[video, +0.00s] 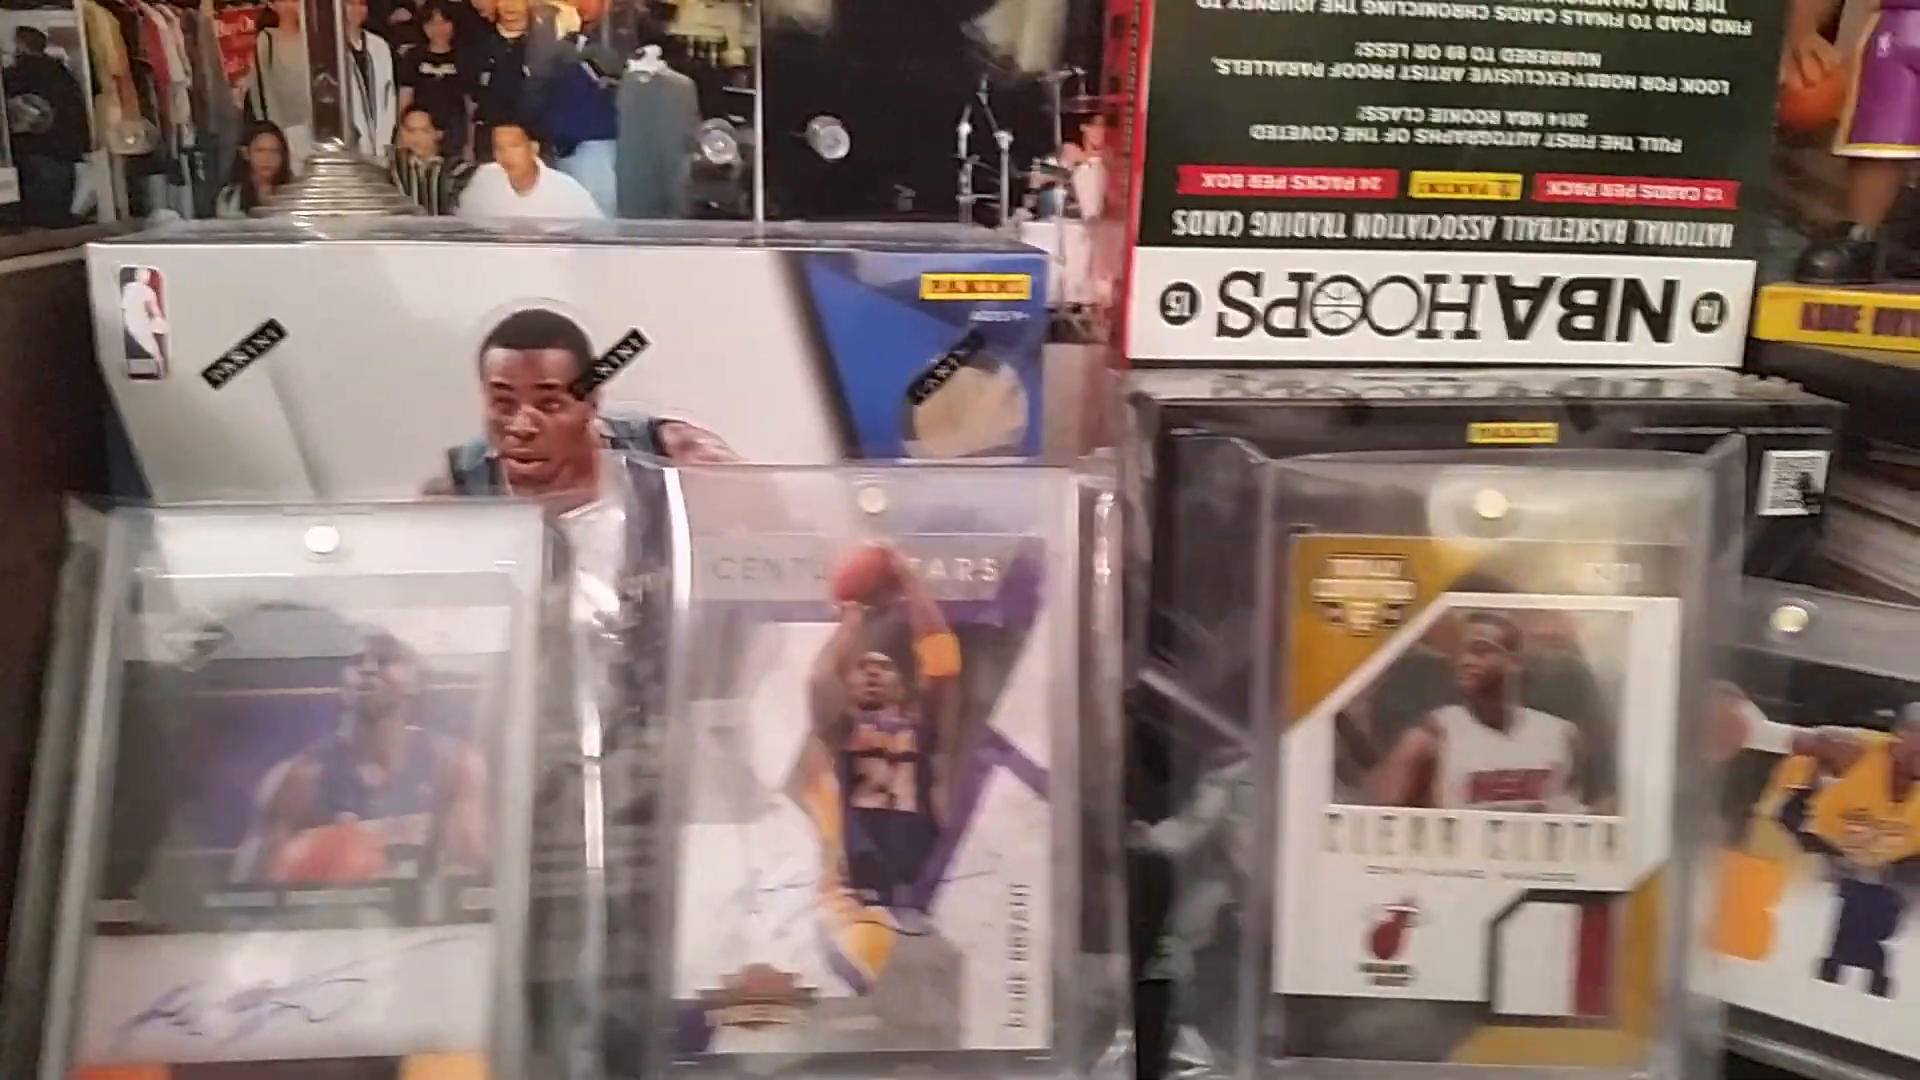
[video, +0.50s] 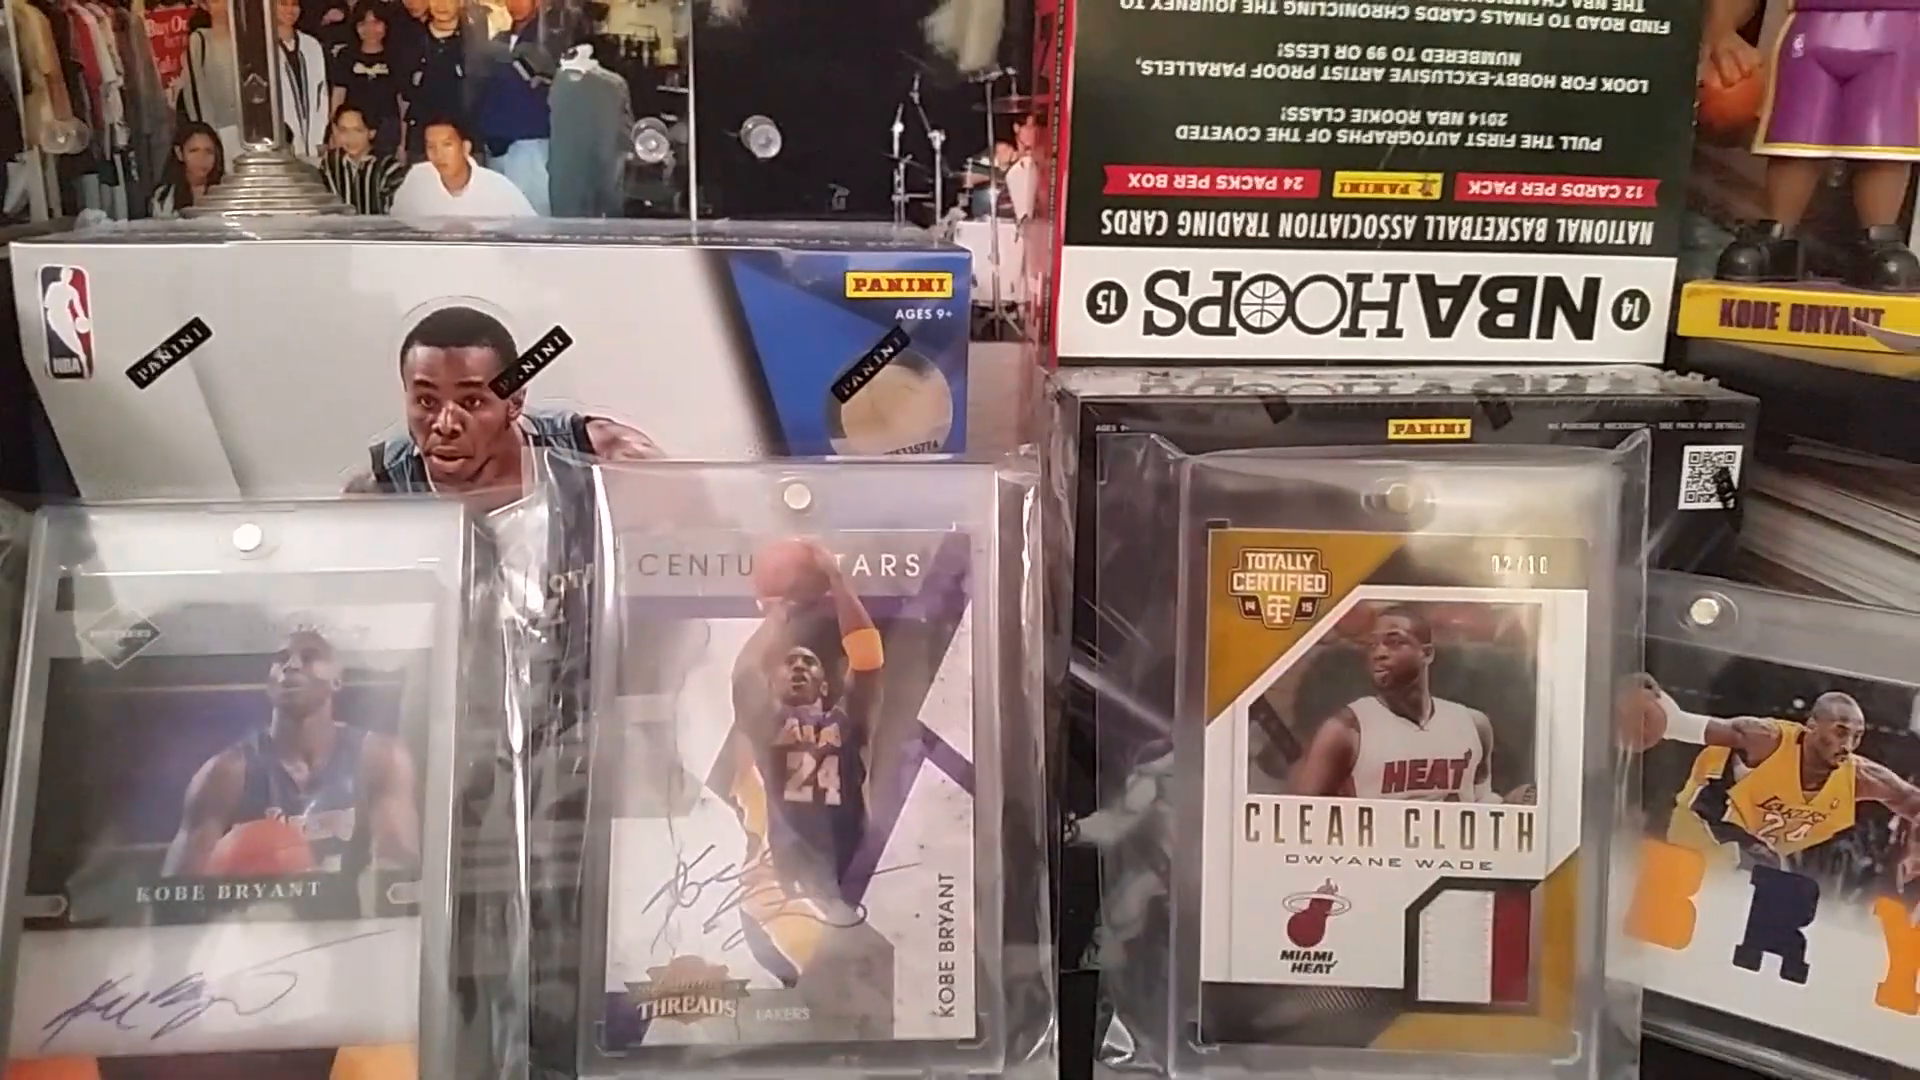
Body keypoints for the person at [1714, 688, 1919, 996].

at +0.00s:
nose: (1912, 750)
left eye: (1916, 743)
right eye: (1909, 740)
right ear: (1898, 735)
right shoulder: (1860, 754)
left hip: (1882, 858)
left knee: (1885, 905)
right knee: (1858, 900)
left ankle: (1876, 967)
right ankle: (1835, 963)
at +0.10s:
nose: (1901, 751)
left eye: (1909, 742)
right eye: (1892, 738)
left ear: (1913, 746)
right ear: (1862, 731)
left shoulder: (1910, 782)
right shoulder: (1817, 746)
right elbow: (1725, 729)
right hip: (1754, 821)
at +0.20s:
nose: (1881, 750)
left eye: (1889, 741)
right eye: (1874, 736)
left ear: (1895, 744)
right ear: (1846, 730)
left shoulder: (1898, 782)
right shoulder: (1797, 742)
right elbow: (1708, 726)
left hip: (1794, 847)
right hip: (1736, 821)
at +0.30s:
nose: (1880, 750)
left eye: (1888, 741)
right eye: (1872, 736)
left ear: (1894, 744)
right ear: (1843, 730)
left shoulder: (1896, 783)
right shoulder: (1796, 742)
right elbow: (1704, 726)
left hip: (1792, 847)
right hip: (1735, 822)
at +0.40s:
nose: (1858, 746)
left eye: (1866, 739)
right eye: (1851, 733)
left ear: (1872, 743)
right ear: (1822, 726)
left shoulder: (1878, 780)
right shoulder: (1777, 741)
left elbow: (1917, 807)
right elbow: (1686, 725)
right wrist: (1656, 709)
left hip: (1778, 851)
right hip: (1718, 823)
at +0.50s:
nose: (1846, 744)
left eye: (1854, 736)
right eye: (1839, 731)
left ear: (1860, 738)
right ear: (1811, 725)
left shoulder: (1864, 777)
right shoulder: (1766, 739)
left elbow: (1913, 804)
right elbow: (1679, 722)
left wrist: (1911, 853)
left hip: (1763, 852)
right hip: (1709, 820)